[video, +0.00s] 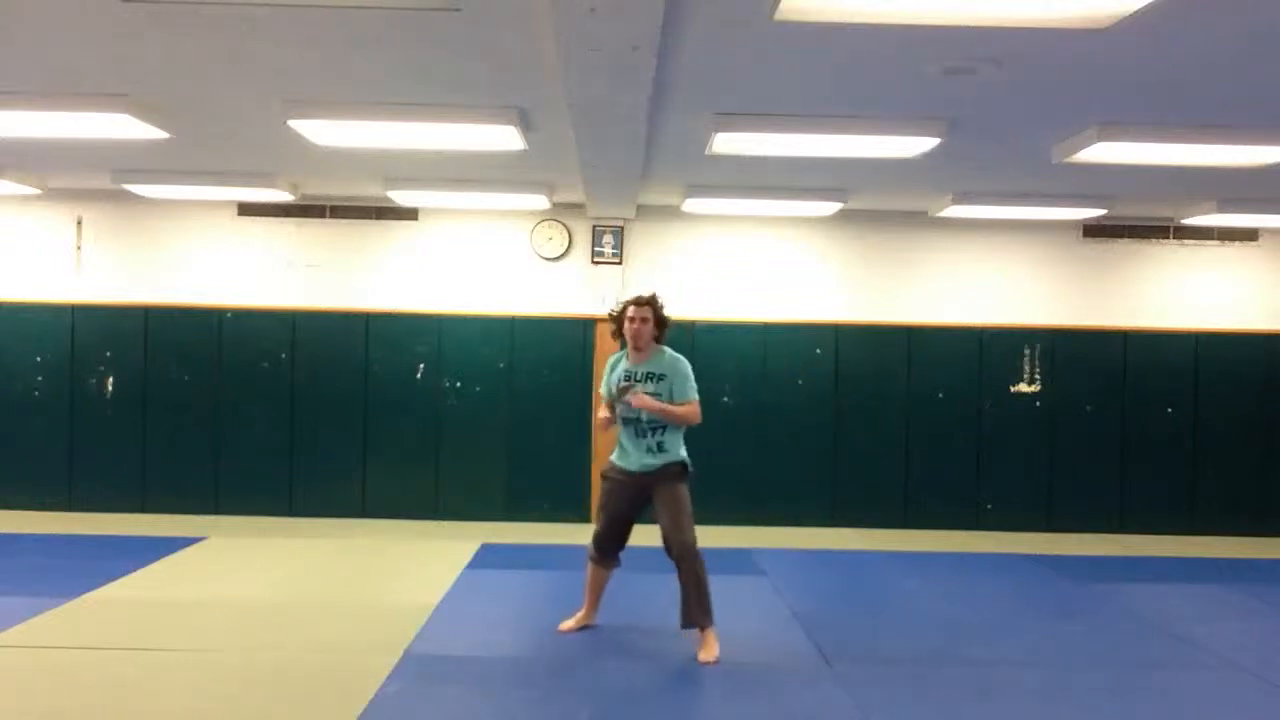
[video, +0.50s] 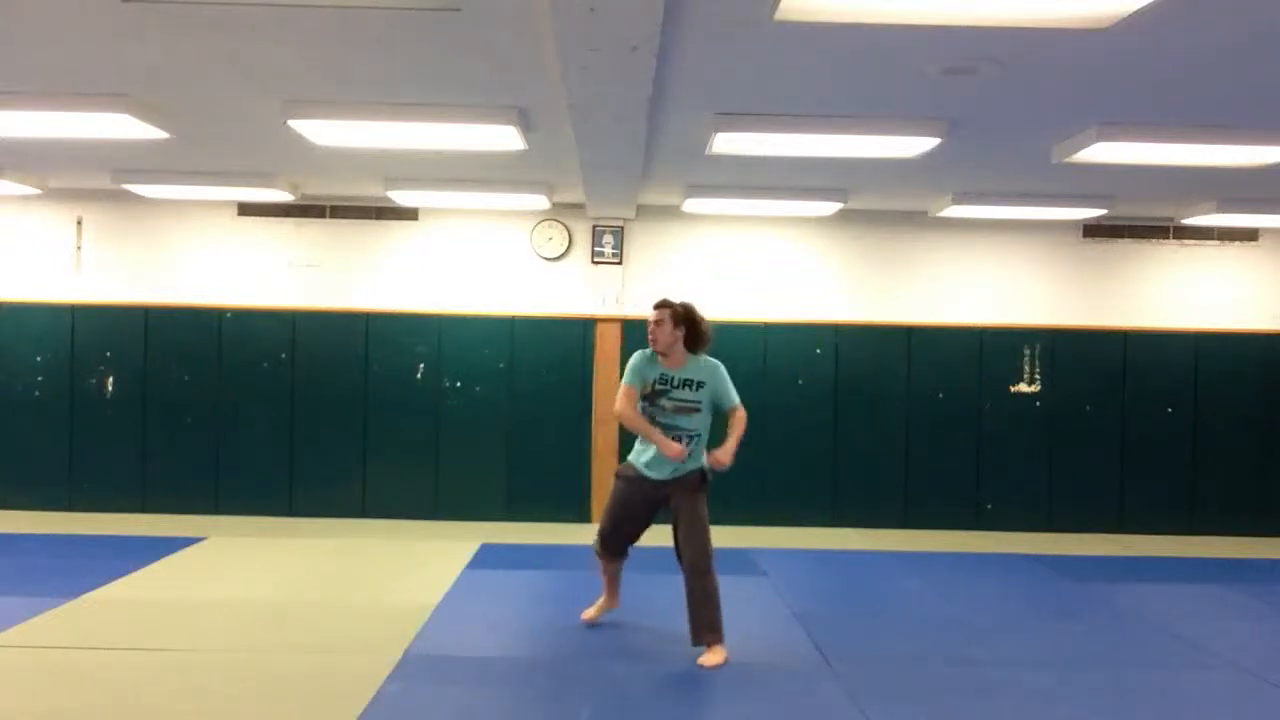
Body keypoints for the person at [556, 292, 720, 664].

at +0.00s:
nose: (635, 327)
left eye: (643, 321)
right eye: (630, 320)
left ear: (656, 327)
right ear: (623, 325)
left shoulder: (676, 364)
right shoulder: (614, 364)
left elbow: (693, 415)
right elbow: (604, 410)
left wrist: (653, 405)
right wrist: (607, 413)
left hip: (668, 466)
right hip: (624, 465)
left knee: (682, 546)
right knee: (604, 542)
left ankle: (706, 633)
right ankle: (588, 612)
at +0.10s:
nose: (637, 325)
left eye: (645, 320)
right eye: (632, 319)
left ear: (659, 326)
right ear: (626, 324)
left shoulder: (679, 366)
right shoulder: (615, 363)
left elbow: (700, 415)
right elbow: (599, 405)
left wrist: (665, 413)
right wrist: (601, 417)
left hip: (665, 468)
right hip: (621, 466)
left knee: (681, 546)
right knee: (602, 541)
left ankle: (713, 632)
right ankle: (587, 612)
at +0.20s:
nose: (645, 328)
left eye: (654, 322)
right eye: (641, 322)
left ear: (669, 329)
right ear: (634, 327)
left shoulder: (689, 371)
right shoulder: (621, 365)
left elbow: (715, 420)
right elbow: (595, 408)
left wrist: (682, 416)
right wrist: (612, 420)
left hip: (667, 475)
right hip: (623, 472)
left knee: (681, 555)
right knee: (602, 546)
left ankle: (715, 641)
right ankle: (588, 612)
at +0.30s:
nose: (653, 330)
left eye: (662, 325)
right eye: (650, 324)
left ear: (681, 332)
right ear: (646, 331)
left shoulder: (703, 376)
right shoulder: (633, 366)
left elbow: (730, 424)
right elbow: (600, 409)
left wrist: (701, 423)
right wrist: (630, 425)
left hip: (678, 479)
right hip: (631, 476)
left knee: (688, 558)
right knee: (604, 549)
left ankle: (713, 643)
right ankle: (588, 612)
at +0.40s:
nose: (656, 331)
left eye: (664, 325)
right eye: (655, 324)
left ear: (686, 331)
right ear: (654, 330)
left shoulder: (710, 372)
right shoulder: (641, 362)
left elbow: (738, 418)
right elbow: (611, 410)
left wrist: (717, 436)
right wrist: (649, 434)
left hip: (684, 476)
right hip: (638, 472)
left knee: (693, 558)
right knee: (607, 544)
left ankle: (713, 643)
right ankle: (590, 609)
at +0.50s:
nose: (651, 330)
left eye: (659, 325)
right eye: (650, 324)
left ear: (681, 331)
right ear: (651, 329)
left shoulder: (711, 370)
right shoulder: (642, 361)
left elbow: (738, 414)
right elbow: (623, 409)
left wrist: (729, 447)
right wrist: (662, 442)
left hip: (688, 475)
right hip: (641, 471)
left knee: (696, 557)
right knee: (608, 542)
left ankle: (713, 643)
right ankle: (609, 597)